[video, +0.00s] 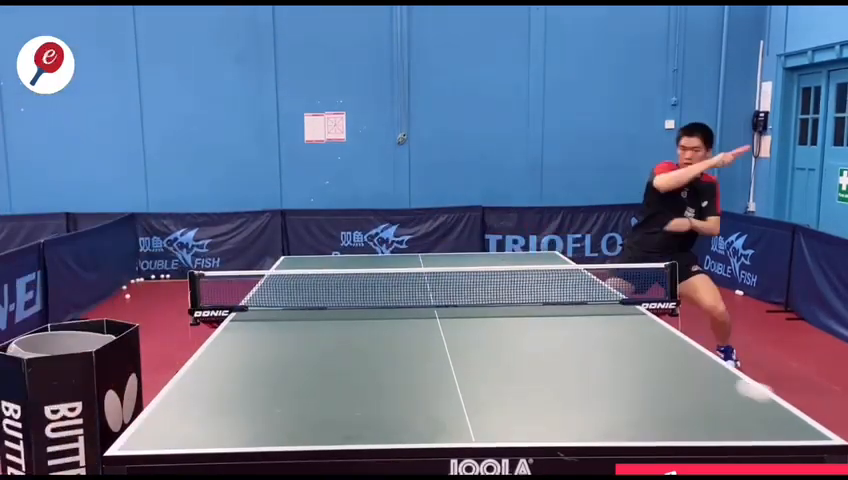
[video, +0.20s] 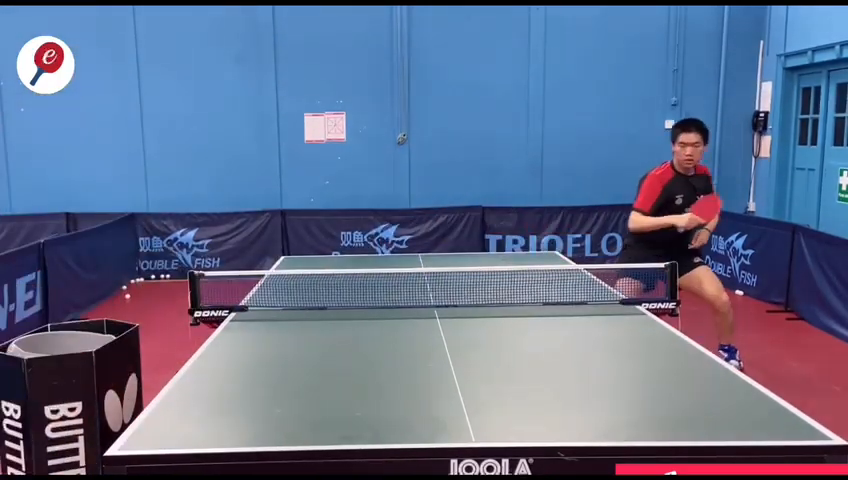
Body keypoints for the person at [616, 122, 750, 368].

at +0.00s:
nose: (687, 156)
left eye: (695, 150)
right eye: (683, 149)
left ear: (708, 152)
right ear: (677, 149)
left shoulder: (708, 183)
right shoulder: (664, 168)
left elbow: (714, 227)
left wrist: (691, 223)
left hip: (677, 258)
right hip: (638, 254)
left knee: (717, 309)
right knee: (604, 305)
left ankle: (725, 351)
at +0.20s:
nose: (689, 152)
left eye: (695, 146)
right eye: (683, 146)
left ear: (703, 150)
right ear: (673, 147)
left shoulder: (703, 175)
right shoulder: (657, 178)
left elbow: (713, 208)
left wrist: (706, 230)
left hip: (680, 255)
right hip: (643, 255)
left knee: (721, 300)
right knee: (617, 307)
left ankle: (727, 352)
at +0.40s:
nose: (631, 132)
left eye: (637, 126)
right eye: (625, 127)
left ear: (648, 128)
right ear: (618, 129)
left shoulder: (660, 156)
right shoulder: (603, 162)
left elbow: (676, 185)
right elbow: (578, 203)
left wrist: (672, 210)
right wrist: (603, 212)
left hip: (646, 241)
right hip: (607, 242)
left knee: (682, 292)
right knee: (581, 292)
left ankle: (712, 345)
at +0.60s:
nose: (583, 119)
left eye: (589, 112)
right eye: (578, 113)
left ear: (602, 112)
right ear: (572, 115)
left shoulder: (621, 139)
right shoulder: (562, 146)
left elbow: (640, 166)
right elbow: (540, 189)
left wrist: (634, 188)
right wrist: (562, 197)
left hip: (602, 219)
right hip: (566, 218)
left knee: (606, 280)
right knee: (546, 276)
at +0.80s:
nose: (542, 150)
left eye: (549, 142)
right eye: (537, 143)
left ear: (562, 142)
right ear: (532, 144)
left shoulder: (581, 167)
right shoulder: (524, 171)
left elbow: (607, 197)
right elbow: (506, 212)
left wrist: (589, 216)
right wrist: (517, 215)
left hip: (565, 242)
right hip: (528, 241)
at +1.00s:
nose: (497, 161)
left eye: (502, 153)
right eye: (491, 154)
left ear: (515, 151)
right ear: (486, 155)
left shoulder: (537, 169)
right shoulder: (481, 178)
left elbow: (561, 194)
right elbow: (467, 219)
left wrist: (542, 216)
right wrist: (477, 223)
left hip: (531, 245)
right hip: (495, 247)